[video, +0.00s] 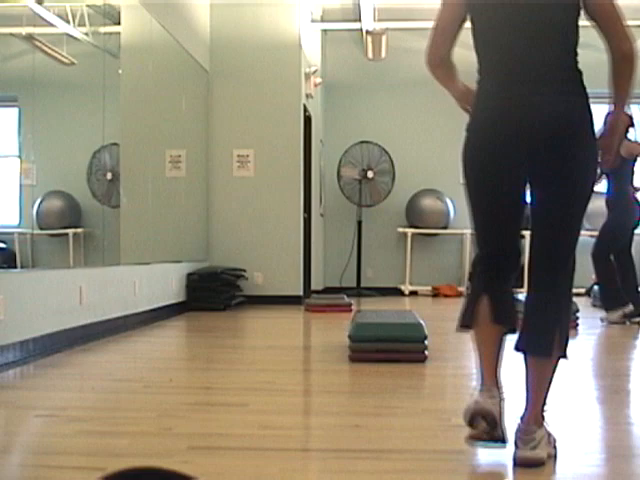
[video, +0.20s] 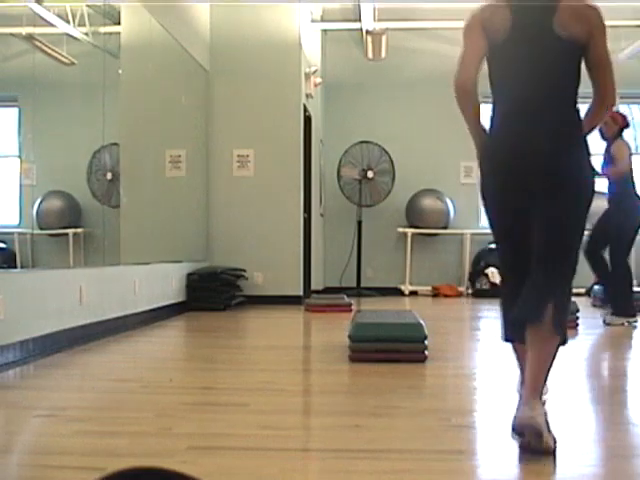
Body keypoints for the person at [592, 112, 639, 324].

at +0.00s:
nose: (609, 125)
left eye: (612, 122)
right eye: (610, 122)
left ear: (616, 126)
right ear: (624, 127)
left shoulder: (625, 147)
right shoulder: (609, 146)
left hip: (623, 210)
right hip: (622, 209)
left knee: (599, 252)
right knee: (623, 255)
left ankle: (615, 304)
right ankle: (633, 303)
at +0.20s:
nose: (602, 127)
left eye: (606, 124)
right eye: (602, 123)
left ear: (617, 127)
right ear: (608, 127)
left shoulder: (619, 146)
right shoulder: (612, 147)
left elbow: (624, 167)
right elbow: (618, 171)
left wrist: (602, 173)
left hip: (627, 208)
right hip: (616, 207)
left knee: (618, 257)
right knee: (592, 249)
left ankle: (624, 309)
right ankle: (613, 292)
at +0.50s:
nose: (598, 126)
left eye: (602, 122)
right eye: (598, 122)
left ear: (614, 125)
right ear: (610, 126)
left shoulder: (615, 147)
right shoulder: (618, 147)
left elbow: (618, 176)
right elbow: (617, 179)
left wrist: (595, 180)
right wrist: (595, 179)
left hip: (615, 209)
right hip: (623, 208)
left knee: (593, 251)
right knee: (622, 258)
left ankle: (605, 304)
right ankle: (625, 308)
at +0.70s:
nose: (596, 128)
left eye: (600, 124)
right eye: (595, 124)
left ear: (612, 127)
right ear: (596, 127)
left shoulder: (617, 147)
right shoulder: (602, 150)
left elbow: (638, 166)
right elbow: (599, 175)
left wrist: (629, 188)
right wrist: (586, 181)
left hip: (620, 205)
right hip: (611, 204)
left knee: (593, 248)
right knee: (608, 253)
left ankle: (611, 299)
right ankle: (615, 300)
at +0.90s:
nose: (604, 125)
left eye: (609, 122)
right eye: (602, 121)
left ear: (618, 128)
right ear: (598, 125)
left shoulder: (618, 146)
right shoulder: (602, 148)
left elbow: (639, 158)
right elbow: (599, 172)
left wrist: (630, 187)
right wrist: (587, 179)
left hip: (615, 204)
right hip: (607, 203)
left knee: (590, 251)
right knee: (611, 253)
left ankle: (608, 304)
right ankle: (618, 303)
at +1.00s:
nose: (608, 128)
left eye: (612, 124)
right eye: (605, 125)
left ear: (621, 128)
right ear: (602, 129)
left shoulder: (619, 148)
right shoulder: (606, 151)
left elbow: (635, 172)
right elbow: (605, 177)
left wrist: (616, 186)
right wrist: (595, 191)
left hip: (611, 206)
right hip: (603, 205)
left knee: (604, 259)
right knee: (603, 259)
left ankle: (615, 311)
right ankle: (614, 309)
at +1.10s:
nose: (603, 128)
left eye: (607, 124)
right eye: (600, 124)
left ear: (616, 127)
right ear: (597, 129)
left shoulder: (616, 147)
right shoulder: (606, 149)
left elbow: (616, 177)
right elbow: (608, 179)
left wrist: (591, 177)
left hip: (617, 207)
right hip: (607, 206)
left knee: (609, 258)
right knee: (585, 252)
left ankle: (616, 310)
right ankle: (606, 300)